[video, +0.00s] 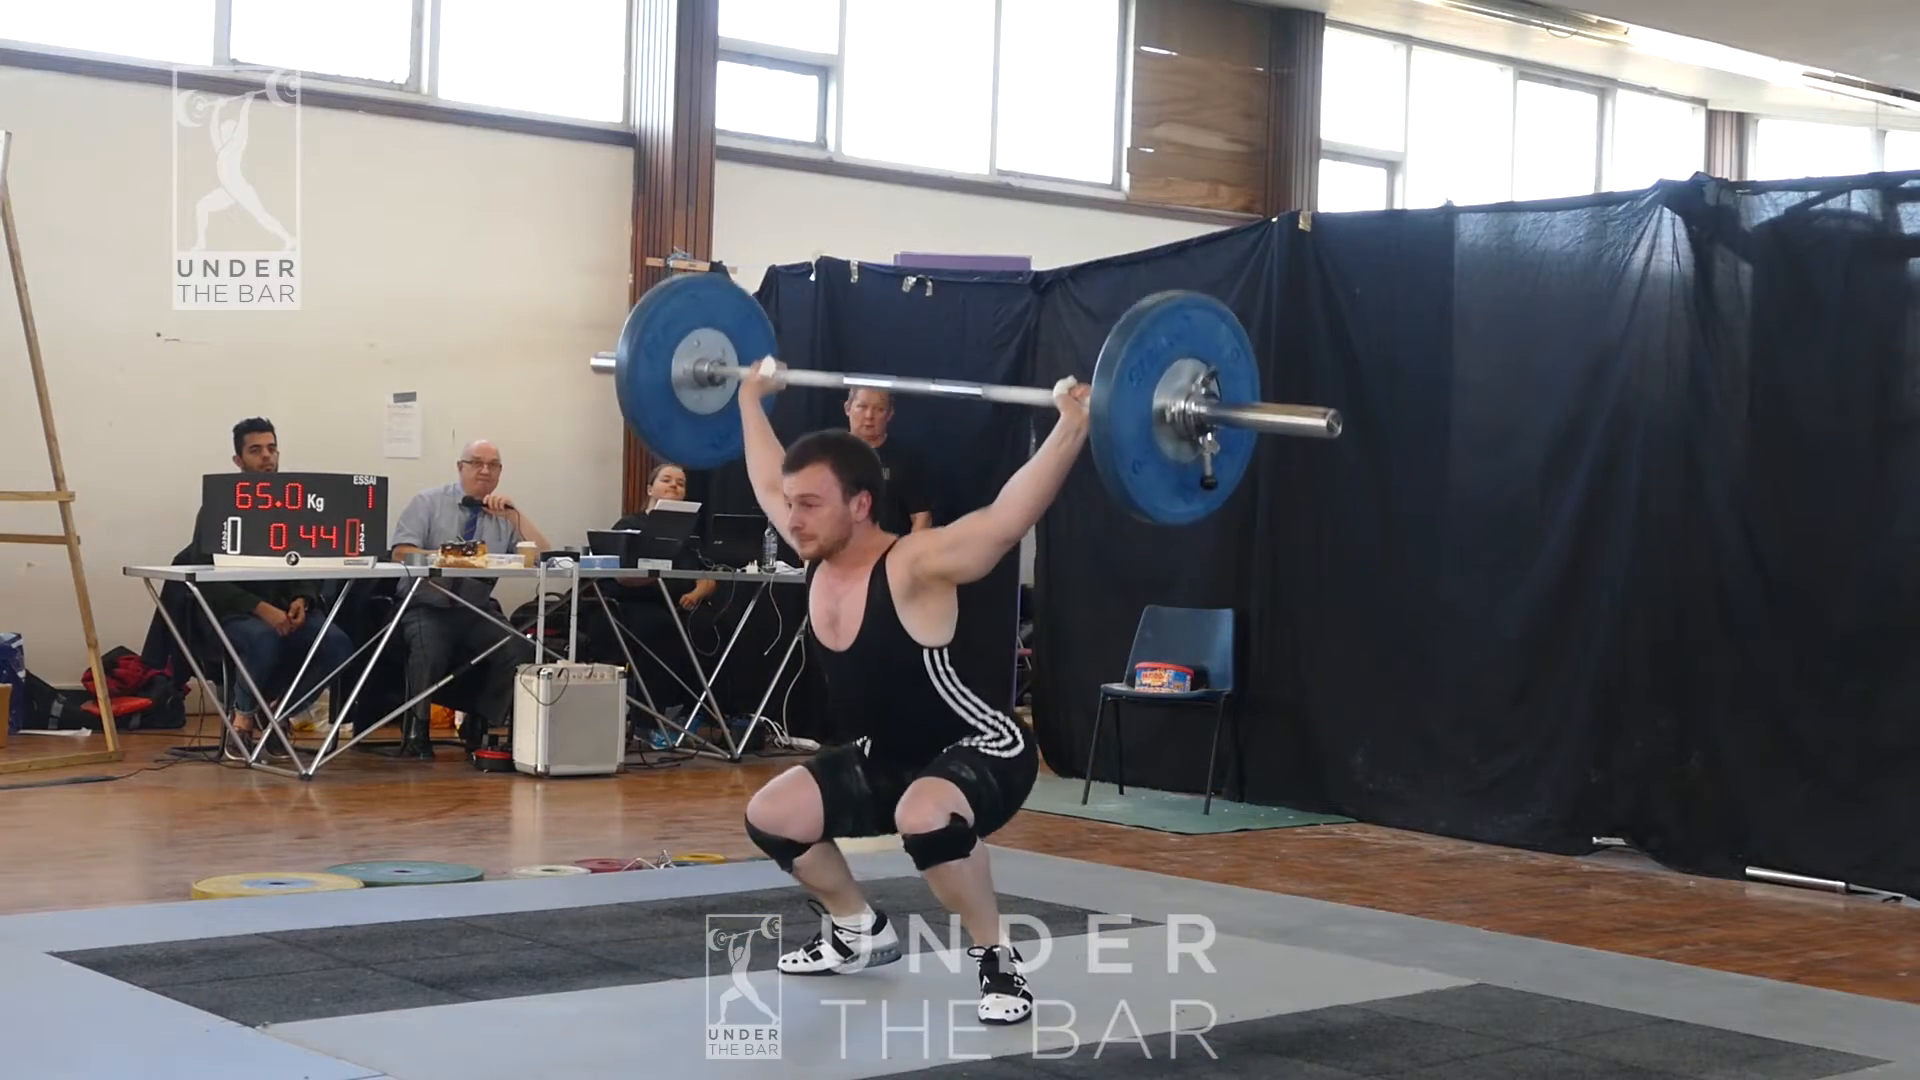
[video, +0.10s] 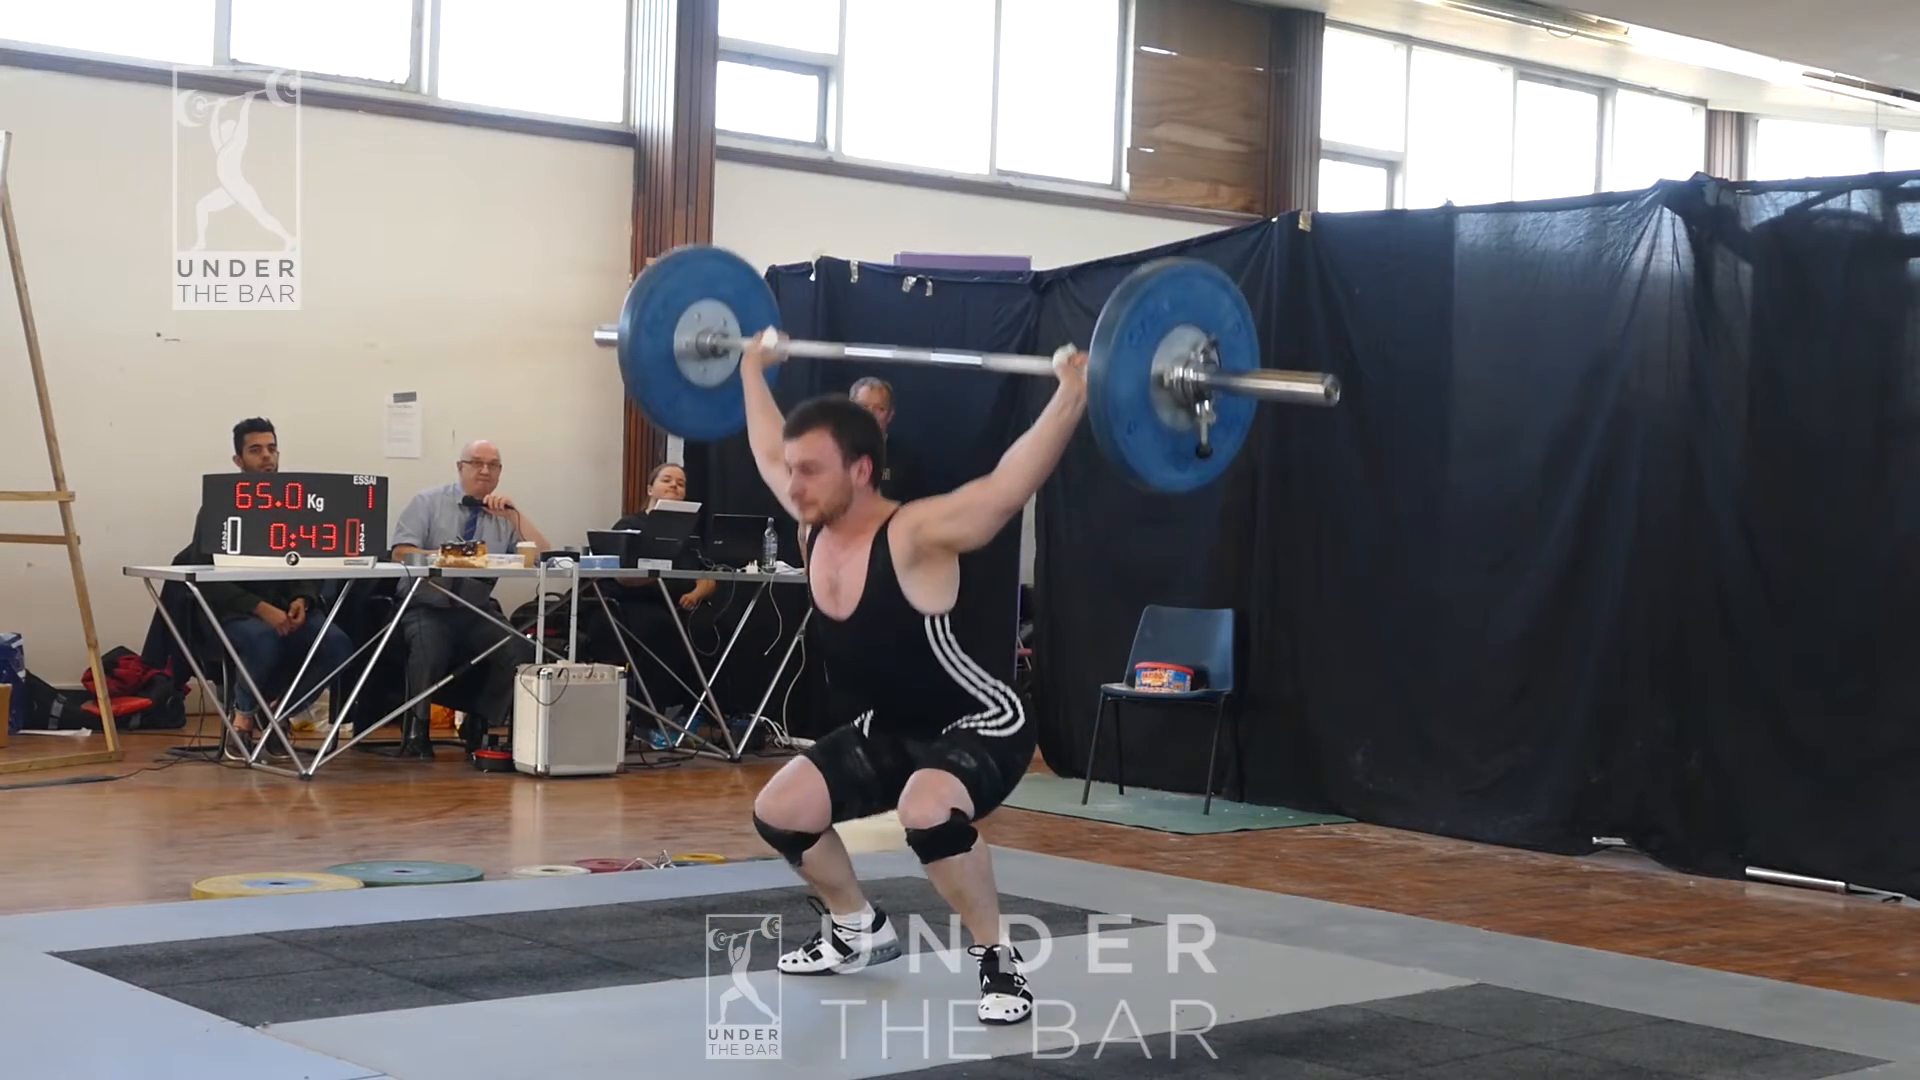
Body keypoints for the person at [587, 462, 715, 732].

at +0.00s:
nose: (674, 487)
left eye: (680, 484)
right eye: (666, 481)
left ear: (685, 493)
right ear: (650, 488)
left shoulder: (692, 529)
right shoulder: (630, 524)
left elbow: (710, 576)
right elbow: (621, 576)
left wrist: (697, 593)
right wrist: (651, 576)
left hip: (680, 607)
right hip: (637, 606)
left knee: (705, 631)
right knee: (655, 634)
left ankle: (691, 713)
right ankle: (648, 720)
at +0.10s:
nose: (674, 487)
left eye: (680, 484)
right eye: (666, 481)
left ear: (685, 494)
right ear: (650, 488)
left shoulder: (691, 530)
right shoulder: (628, 525)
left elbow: (711, 575)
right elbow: (622, 577)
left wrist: (697, 593)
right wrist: (656, 573)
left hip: (677, 604)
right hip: (635, 603)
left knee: (705, 627)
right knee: (658, 630)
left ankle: (696, 712)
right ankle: (649, 721)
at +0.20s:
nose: (674, 487)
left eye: (680, 484)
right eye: (666, 481)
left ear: (684, 494)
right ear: (650, 488)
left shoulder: (691, 530)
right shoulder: (628, 525)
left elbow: (710, 576)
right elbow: (621, 576)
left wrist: (697, 593)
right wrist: (655, 575)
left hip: (678, 604)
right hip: (636, 603)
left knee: (705, 629)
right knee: (657, 630)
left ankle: (695, 712)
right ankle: (650, 721)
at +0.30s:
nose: (673, 486)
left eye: (680, 484)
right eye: (666, 480)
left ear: (684, 494)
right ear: (650, 488)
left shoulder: (691, 529)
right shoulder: (629, 525)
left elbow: (710, 576)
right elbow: (622, 576)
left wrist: (696, 593)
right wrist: (656, 575)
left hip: (678, 605)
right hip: (637, 603)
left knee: (706, 628)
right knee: (657, 630)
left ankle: (694, 712)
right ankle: (653, 721)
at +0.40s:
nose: (673, 486)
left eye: (680, 484)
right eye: (666, 480)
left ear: (684, 494)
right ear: (650, 488)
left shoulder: (691, 530)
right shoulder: (629, 525)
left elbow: (710, 576)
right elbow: (623, 577)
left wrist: (697, 593)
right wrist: (658, 574)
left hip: (677, 604)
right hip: (635, 603)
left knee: (706, 628)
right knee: (658, 629)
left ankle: (696, 712)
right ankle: (652, 721)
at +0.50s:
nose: (674, 487)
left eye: (680, 484)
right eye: (666, 481)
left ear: (685, 493)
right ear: (650, 488)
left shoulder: (691, 529)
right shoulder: (629, 525)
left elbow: (711, 575)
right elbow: (619, 575)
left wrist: (697, 593)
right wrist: (653, 575)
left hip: (677, 605)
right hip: (636, 603)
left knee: (705, 630)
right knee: (655, 633)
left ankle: (687, 712)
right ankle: (650, 721)